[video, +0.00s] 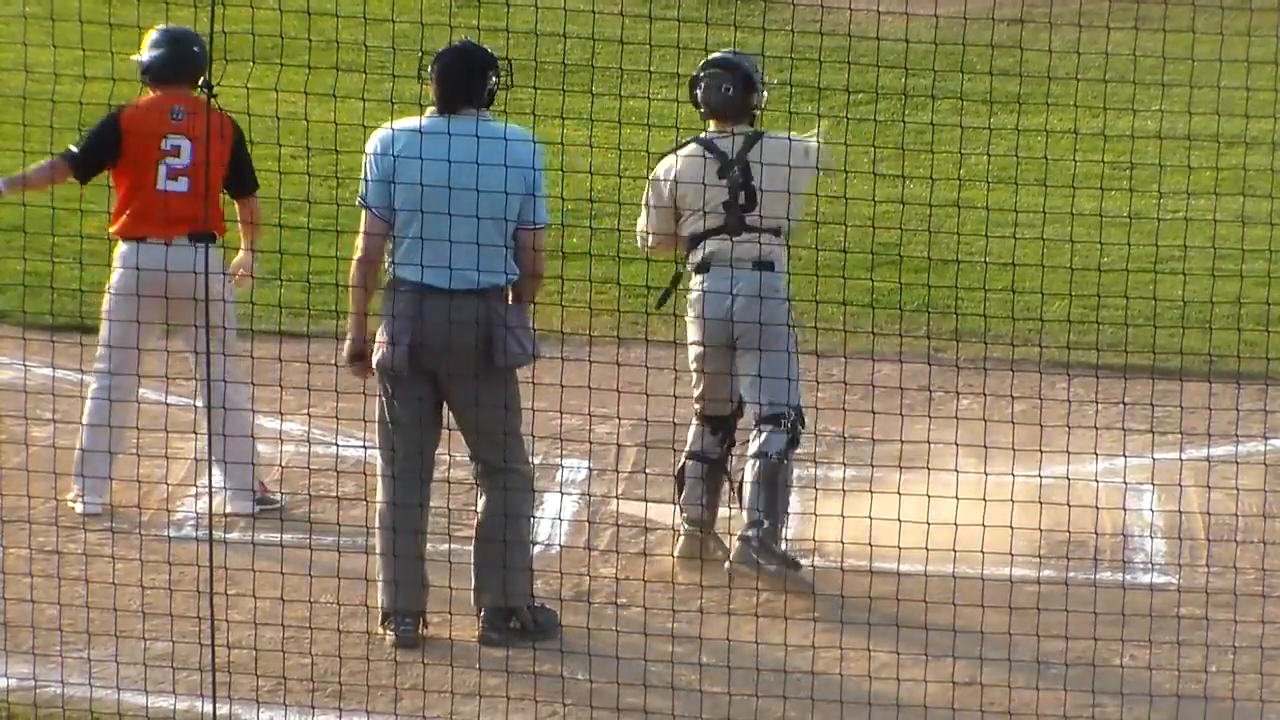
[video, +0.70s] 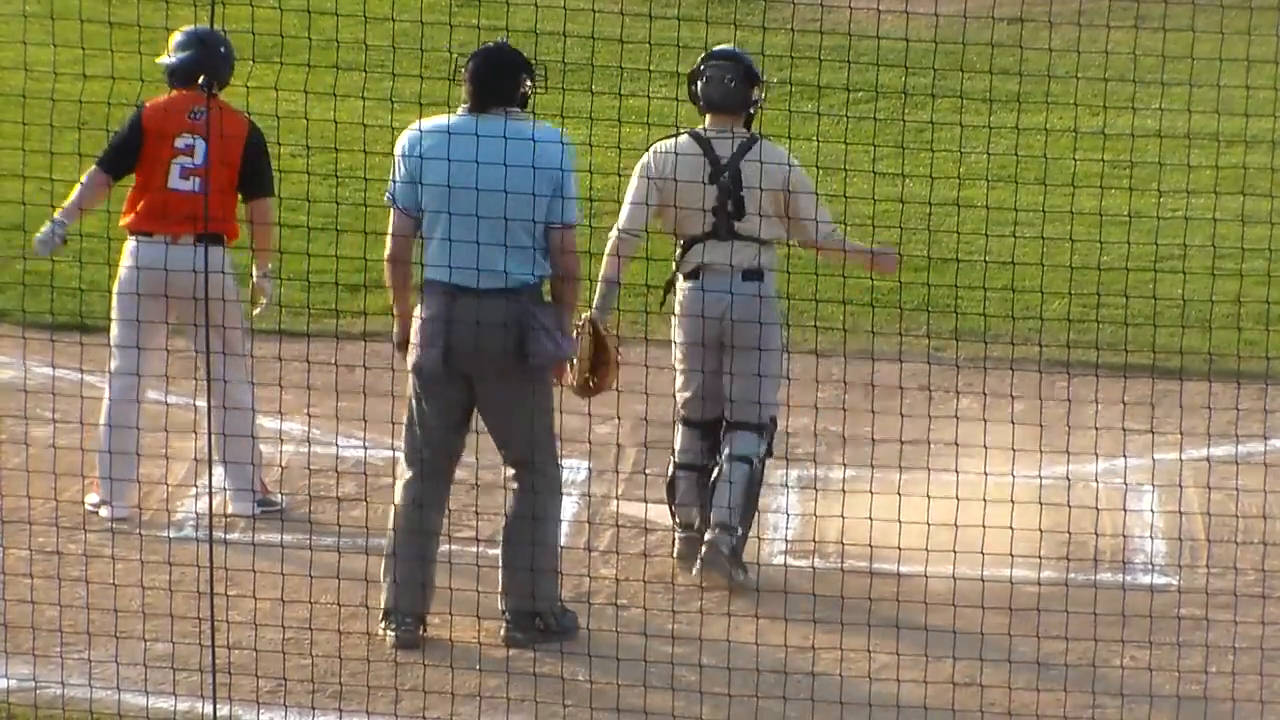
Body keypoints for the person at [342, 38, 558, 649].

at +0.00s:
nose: (485, 95)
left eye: (434, 83)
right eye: (488, 86)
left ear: (431, 88)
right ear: (488, 91)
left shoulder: (390, 143)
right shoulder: (520, 147)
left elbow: (369, 251)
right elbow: (532, 255)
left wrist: (358, 329)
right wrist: (519, 315)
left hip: (407, 321)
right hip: (482, 325)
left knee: (403, 471)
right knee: (504, 469)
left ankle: (401, 613)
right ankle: (506, 608)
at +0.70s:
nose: (528, 97)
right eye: (527, 90)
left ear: (465, 91)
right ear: (520, 93)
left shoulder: (420, 140)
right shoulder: (550, 145)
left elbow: (397, 248)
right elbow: (565, 256)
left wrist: (403, 321)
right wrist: (566, 333)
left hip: (440, 323)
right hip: (517, 326)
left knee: (424, 470)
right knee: (535, 470)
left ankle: (404, 613)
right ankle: (531, 611)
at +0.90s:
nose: (562, 100)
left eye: (558, 92)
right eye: (560, 92)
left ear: (499, 93)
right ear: (551, 96)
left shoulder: (451, 141)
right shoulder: (580, 149)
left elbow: (429, 252)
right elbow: (596, 258)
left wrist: (439, 321)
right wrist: (593, 336)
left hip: (470, 321)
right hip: (546, 325)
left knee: (440, 453)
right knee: (547, 470)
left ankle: (406, 598)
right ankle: (530, 611)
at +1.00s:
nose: (574, 101)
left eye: (569, 94)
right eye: (572, 94)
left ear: (512, 95)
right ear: (565, 98)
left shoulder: (462, 141)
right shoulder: (591, 150)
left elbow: (439, 252)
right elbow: (606, 255)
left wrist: (443, 318)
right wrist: (610, 336)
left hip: (477, 321)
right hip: (553, 327)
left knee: (448, 446)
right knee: (550, 472)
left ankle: (417, 580)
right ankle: (531, 611)